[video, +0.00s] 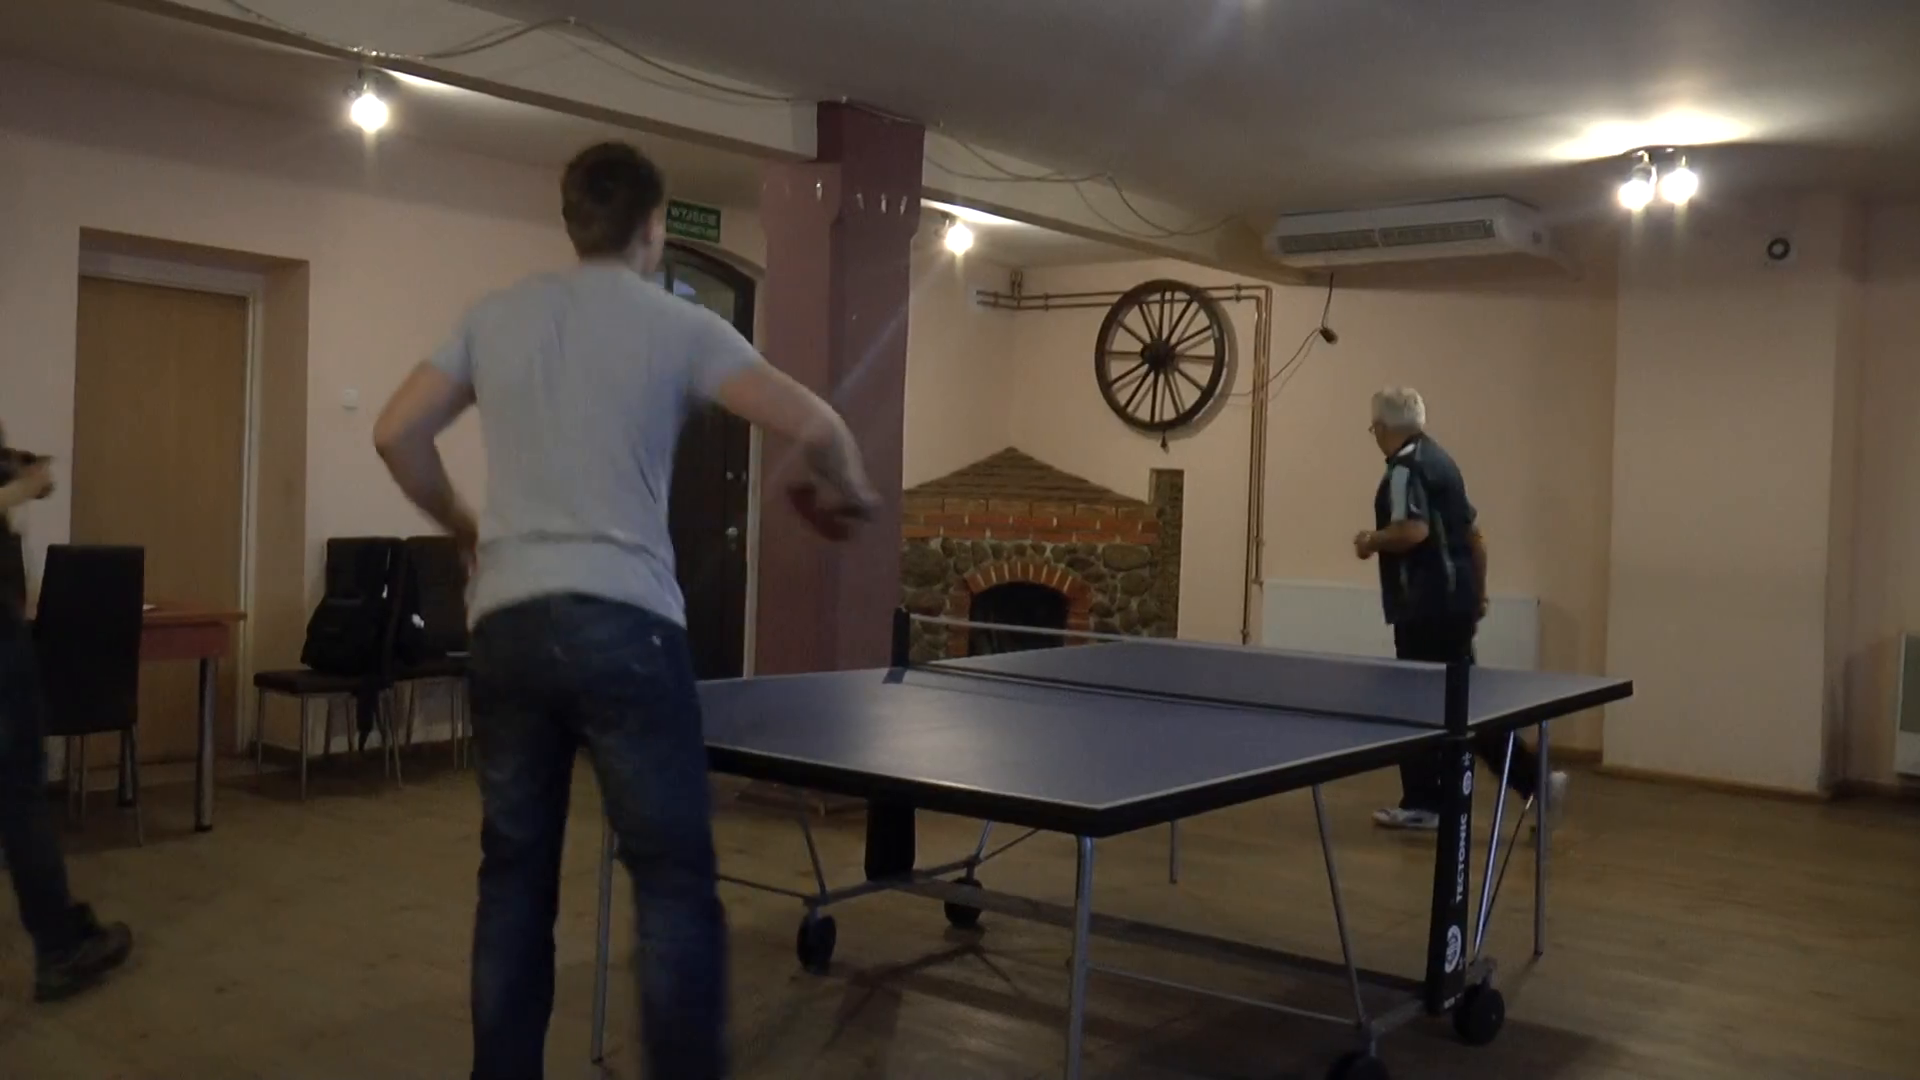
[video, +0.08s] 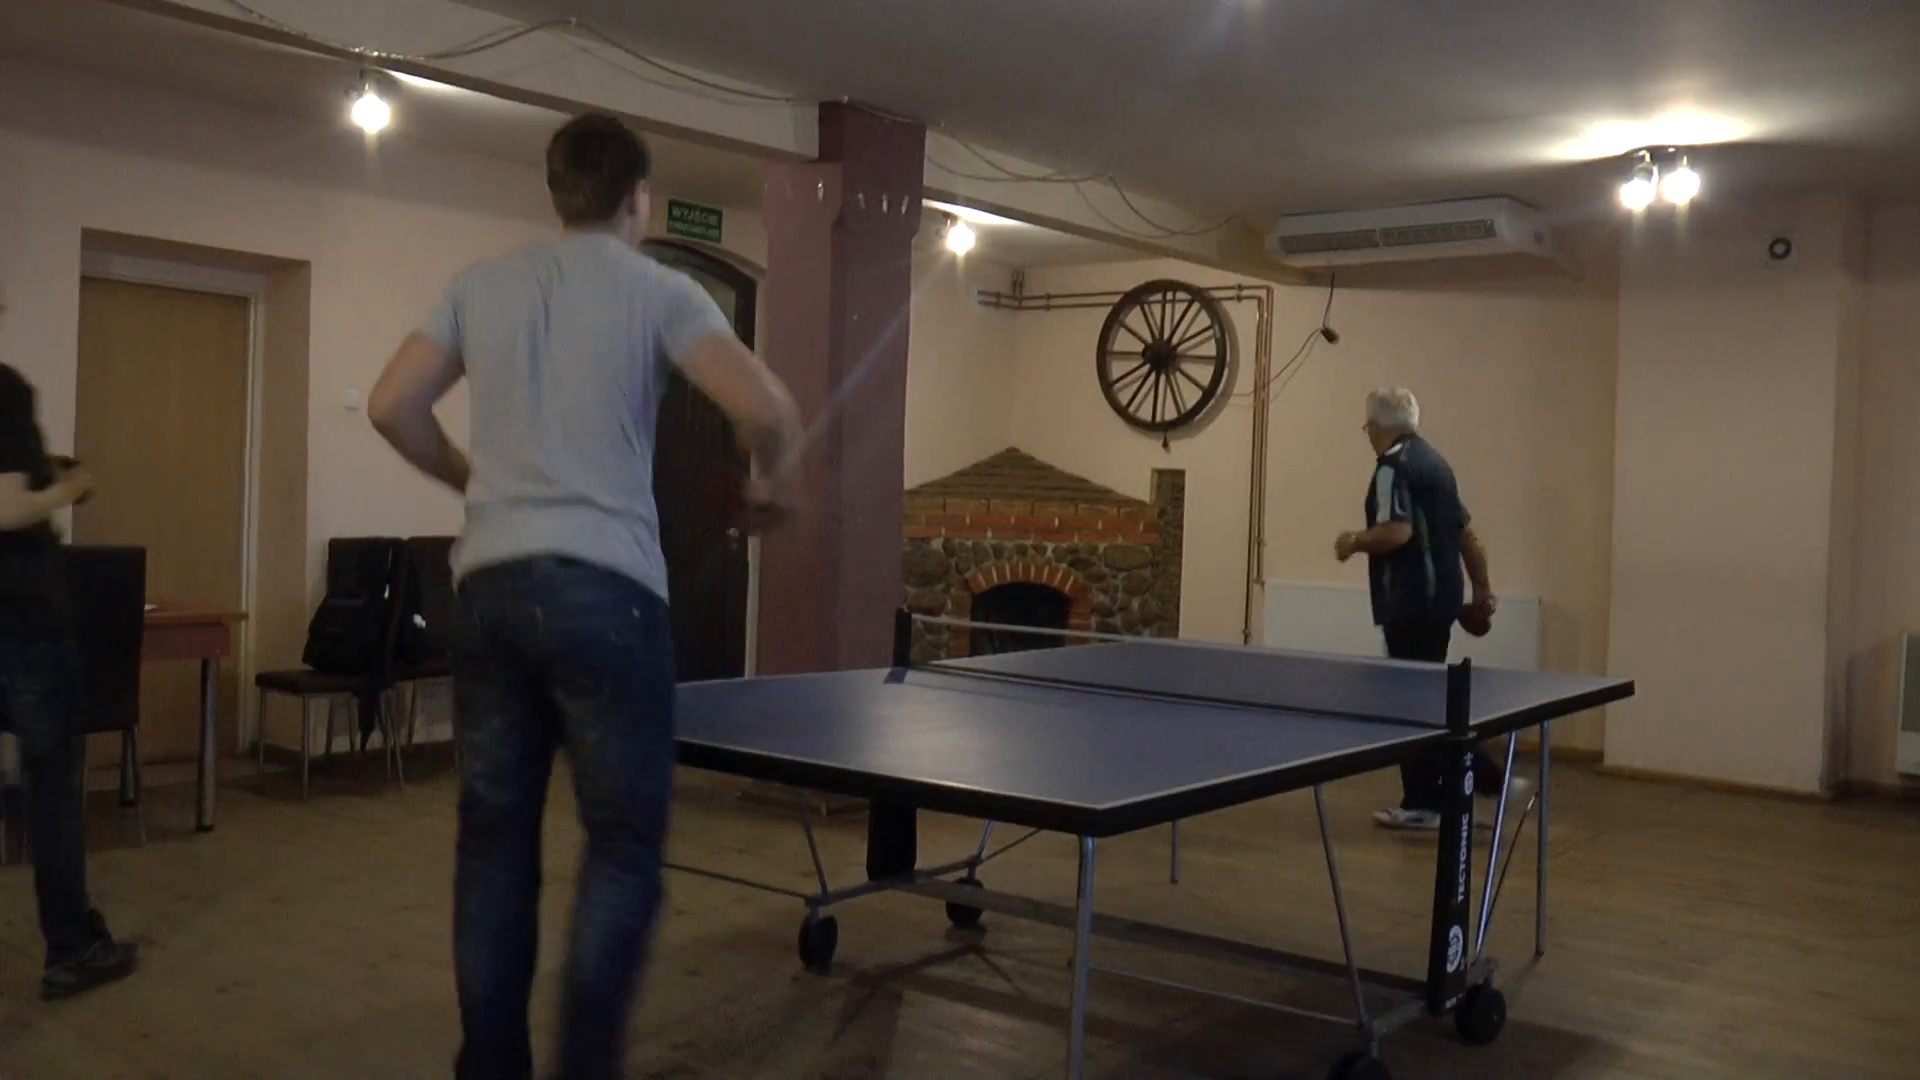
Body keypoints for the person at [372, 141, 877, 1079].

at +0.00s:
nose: (663, 238)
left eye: (658, 224)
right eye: (663, 224)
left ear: (570, 226)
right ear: (652, 226)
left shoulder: (495, 314)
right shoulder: (675, 321)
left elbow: (398, 432)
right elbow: (818, 425)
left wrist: (459, 522)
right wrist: (846, 489)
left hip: (505, 620)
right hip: (623, 617)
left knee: (514, 868)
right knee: (672, 873)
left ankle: (503, 1070)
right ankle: (686, 1066)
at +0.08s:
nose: (651, 209)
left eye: (648, 197)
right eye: (651, 197)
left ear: (551, 197)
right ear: (637, 200)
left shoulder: (479, 284)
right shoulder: (656, 288)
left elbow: (394, 407)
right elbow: (769, 411)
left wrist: (473, 480)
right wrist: (770, 483)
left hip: (485, 583)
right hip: (606, 584)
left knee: (493, 836)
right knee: (623, 844)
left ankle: (489, 1066)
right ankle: (586, 1064)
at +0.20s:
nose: (631, 207)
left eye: (623, 193)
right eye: (631, 194)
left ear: (536, 192)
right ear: (618, 196)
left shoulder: (464, 280)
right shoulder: (646, 288)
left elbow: (388, 415)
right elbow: (664, 439)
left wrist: (471, 471)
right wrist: (657, 520)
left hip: (465, 573)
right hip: (578, 582)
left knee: (453, 813)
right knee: (547, 838)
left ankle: (420, 1055)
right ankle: (483, 1060)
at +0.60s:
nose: (512, 223)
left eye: (510, 210)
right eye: (513, 210)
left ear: (417, 208)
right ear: (502, 212)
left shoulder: (352, 300)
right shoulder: (510, 304)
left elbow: (292, 433)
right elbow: (597, 441)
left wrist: (389, 471)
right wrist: (555, 472)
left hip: (352, 596)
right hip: (458, 600)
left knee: (339, 830)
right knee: (487, 855)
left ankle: (285, 1060)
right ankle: (463, 1066)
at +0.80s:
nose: (459, 249)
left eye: (459, 235)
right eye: (460, 235)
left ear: (366, 234)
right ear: (445, 234)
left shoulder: (300, 339)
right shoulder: (442, 331)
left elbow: (266, 489)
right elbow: (467, 504)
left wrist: (332, 542)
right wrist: (513, 543)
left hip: (311, 624)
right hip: (411, 629)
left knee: (327, 844)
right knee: (464, 862)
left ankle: (281, 1063)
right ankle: (449, 1067)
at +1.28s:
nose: (429, 246)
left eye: (431, 228)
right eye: (429, 226)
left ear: (339, 218)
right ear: (401, 220)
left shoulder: (285, 313)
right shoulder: (384, 317)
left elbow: (315, 456)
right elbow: (425, 487)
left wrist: (426, 442)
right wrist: (498, 588)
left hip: (271, 609)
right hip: (359, 618)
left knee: (289, 852)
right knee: (402, 854)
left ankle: (281, 1063)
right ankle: (398, 1063)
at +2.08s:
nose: (513, 277)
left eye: (523, 259)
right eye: (520, 251)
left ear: (445, 218)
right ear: (483, 220)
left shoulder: (358, 286)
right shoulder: (417, 293)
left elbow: (440, 435)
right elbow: (378, 472)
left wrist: (512, 348)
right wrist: (478, 635)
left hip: (347, 632)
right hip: (380, 648)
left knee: (431, 865)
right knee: (363, 909)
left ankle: (394, 1063)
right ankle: (327, 1071)